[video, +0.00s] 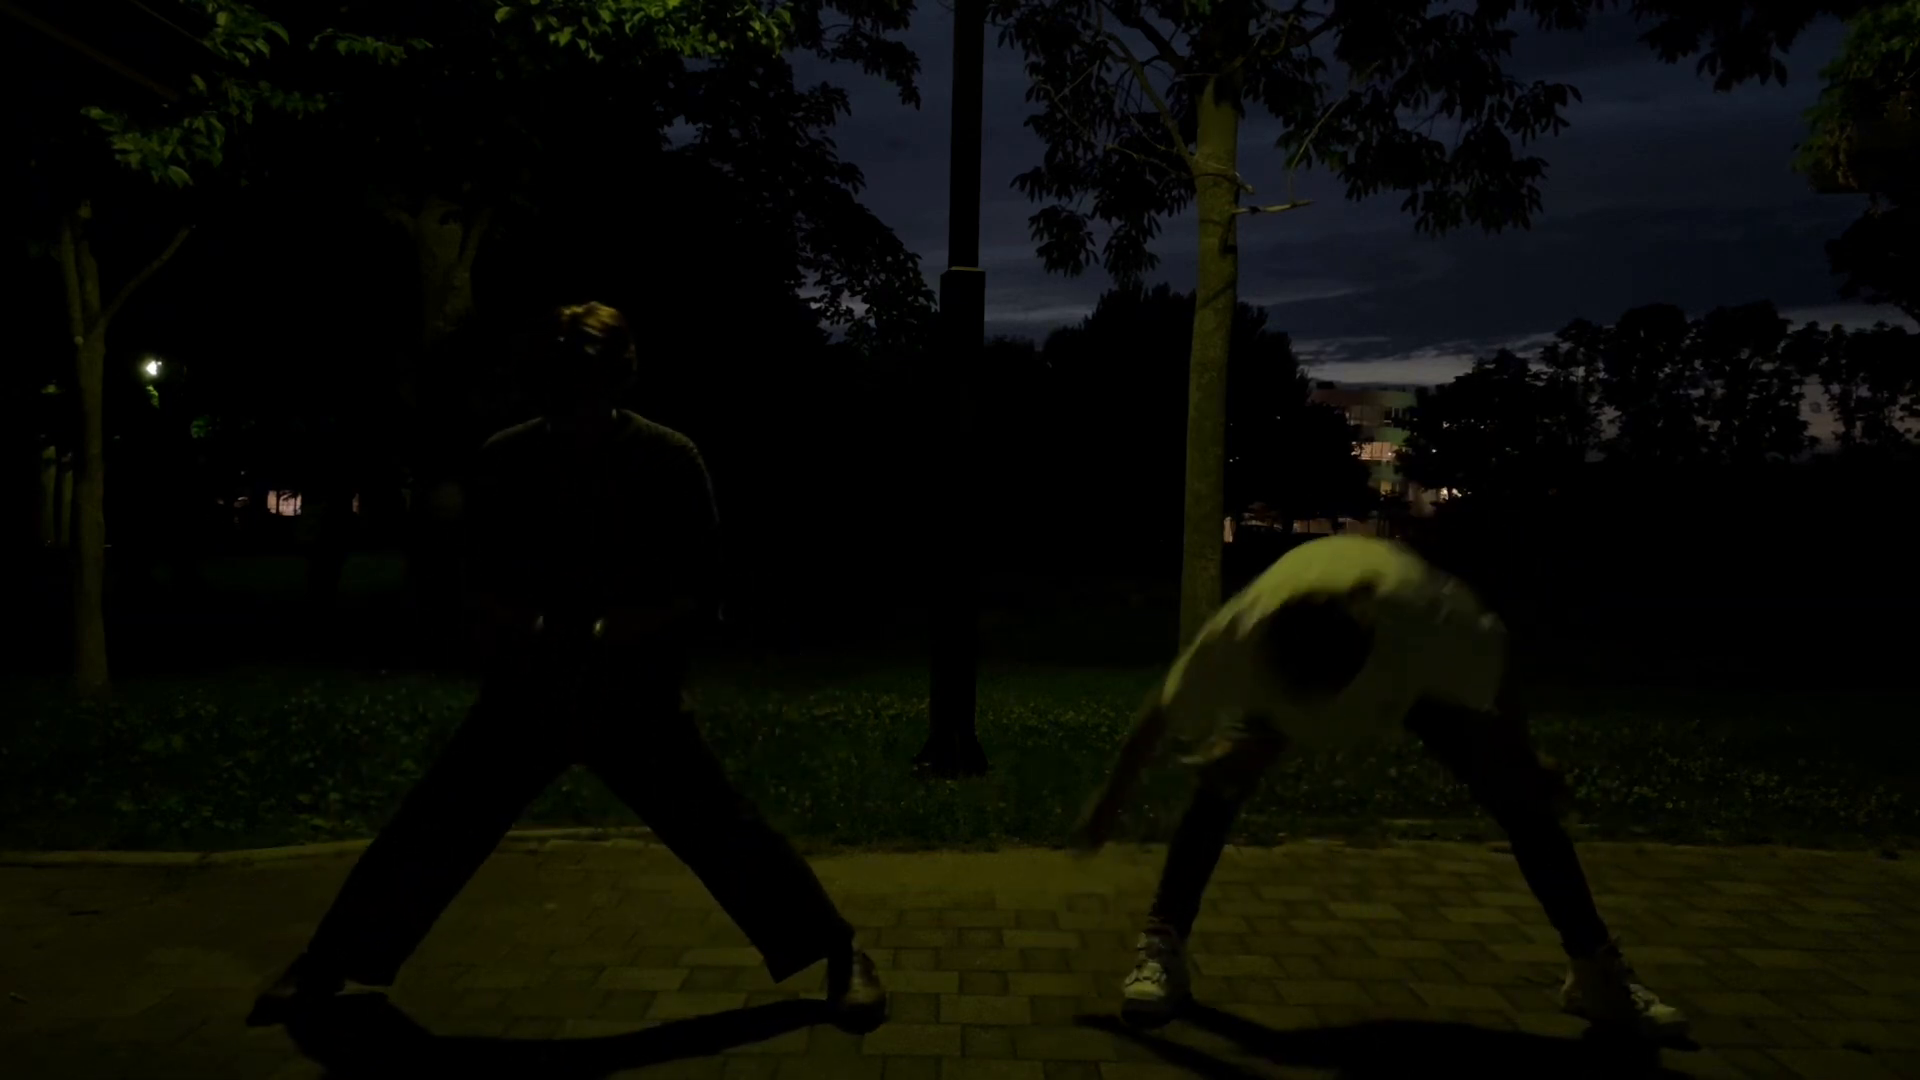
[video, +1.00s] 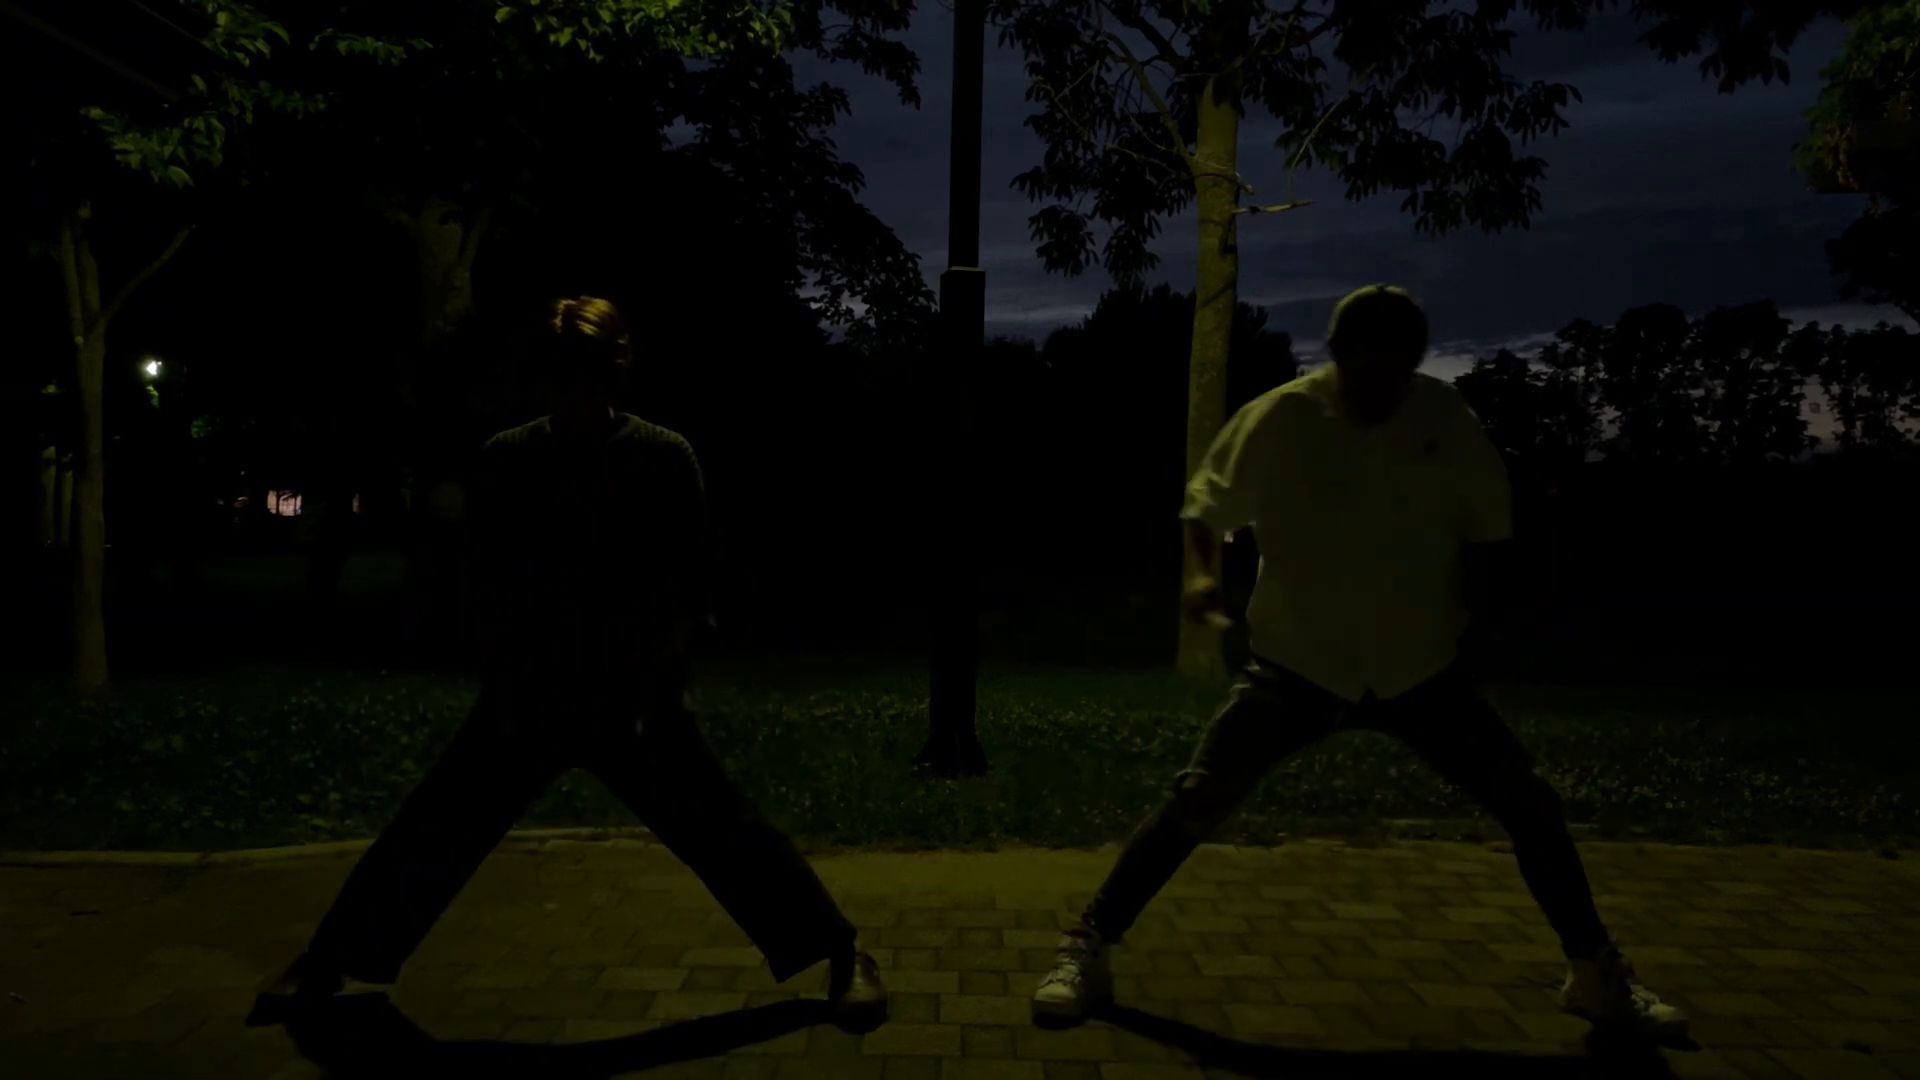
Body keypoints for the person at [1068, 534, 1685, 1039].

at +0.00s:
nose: (1305, 707)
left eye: (1320, 692)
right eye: (1294, 689)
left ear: (1356, 659)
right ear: (1270, 653)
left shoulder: (1423, 614)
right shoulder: (1238, 634)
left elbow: (1498, 678)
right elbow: (1157, 718)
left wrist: (1529, 768)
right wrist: (1108, 803)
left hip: (1411, 683)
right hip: (1287, 702)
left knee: (1520, 802)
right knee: (1218, 792)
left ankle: (1600, 973)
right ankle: (1161, 951)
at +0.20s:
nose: (1374, 546)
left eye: (1389, 531)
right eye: (1366, 528)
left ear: (1424, 504)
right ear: (1346, 494)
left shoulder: (1483, 516)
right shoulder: (1300, 488)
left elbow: (1527, 636)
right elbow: (1253, 572)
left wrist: (1547, 726)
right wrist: (1216, 631)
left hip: (1438, 654)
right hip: (1323, 646)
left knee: (1541, 798)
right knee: (1240, 774)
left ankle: (1601, 973)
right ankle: (1155, 947)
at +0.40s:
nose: (1363, 473)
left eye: (1380, 460)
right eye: (1356, 455)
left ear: (1420, 441)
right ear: (1342, 429)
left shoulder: (1491, 469)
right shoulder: (1308, 444)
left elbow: (1545, 577)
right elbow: (1272, 543)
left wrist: (1540, 684)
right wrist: (1248, 629)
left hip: (1435, 663)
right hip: (1313, 653)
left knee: (1535, 804)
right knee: (1207, 782)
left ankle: (1601, 974)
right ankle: (1101, 936)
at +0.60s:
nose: (1338, 439)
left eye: (1354, 422)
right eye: (1325, 422)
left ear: (1379, 408)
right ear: (1299, 406)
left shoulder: (1432, 451)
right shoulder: (1246, 451)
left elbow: (1500, 565)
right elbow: (1195, 551)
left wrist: (1513, 668)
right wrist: (1158, 643)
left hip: (1404, 675)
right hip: (1277, 673)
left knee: (1517, 808)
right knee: (1179, 794)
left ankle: (1601, 979)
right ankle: (1085, 953)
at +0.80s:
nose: (1342, 403)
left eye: (1355, 387)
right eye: (1329, 387)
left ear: (1376, 377)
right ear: (1297, 377)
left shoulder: (1416, 419)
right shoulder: (1239, 431)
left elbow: (1464, 533)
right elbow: (1161, 502)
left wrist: (1460, 624)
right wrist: (1131, 586)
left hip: (1408, 664)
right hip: (1284, 667)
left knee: (1518, 805)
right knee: (1189, 797)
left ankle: (1600, 975)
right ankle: (1085, 951)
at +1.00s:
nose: (1377, 387)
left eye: (1393, 371)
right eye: (1365, 369)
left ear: (1416, 365)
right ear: (1336, 357)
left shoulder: (1446, 425)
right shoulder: (1280, 418)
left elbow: (1488, 537)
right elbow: (1206, 506)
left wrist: (1474, 620)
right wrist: (1204, 577)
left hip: (1421, 669)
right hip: (1294, 668)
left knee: (1529, 806)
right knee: (1197, 802)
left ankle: (1600, 975)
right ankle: (1087, 951)